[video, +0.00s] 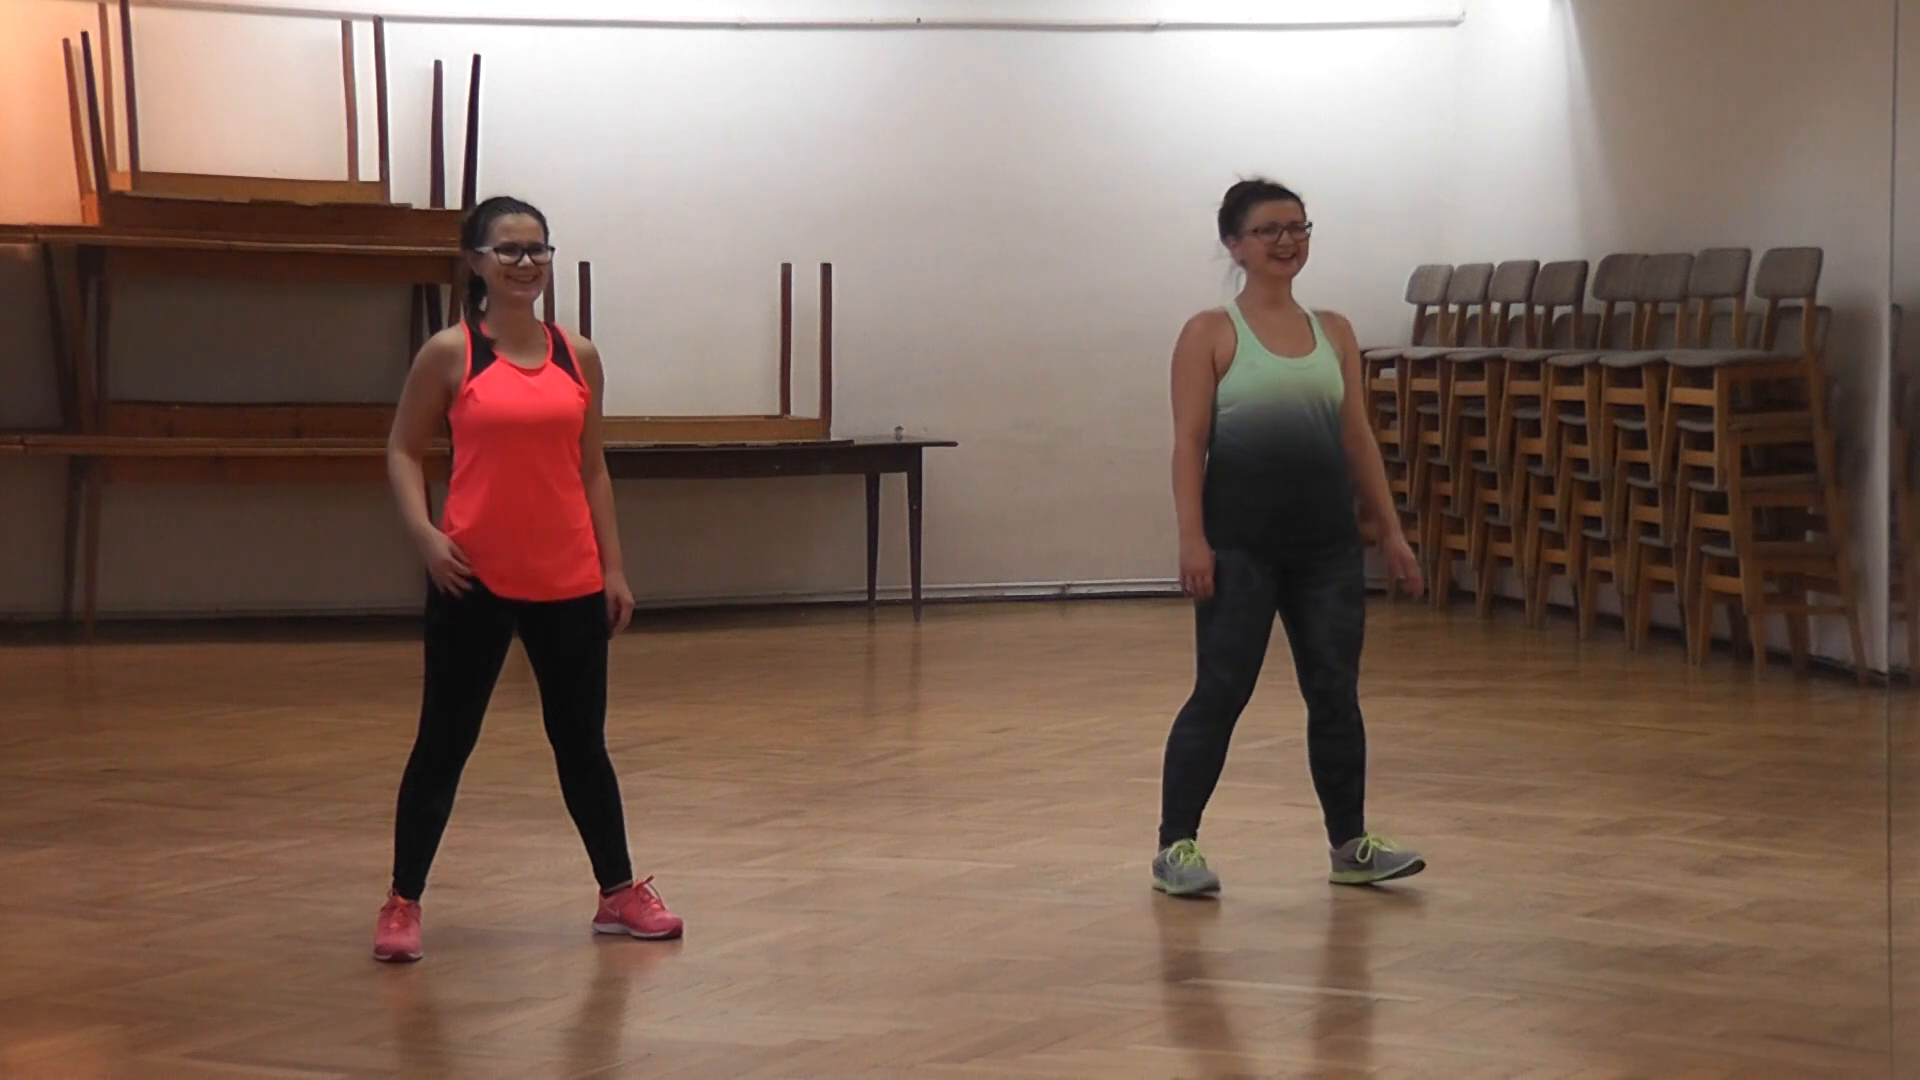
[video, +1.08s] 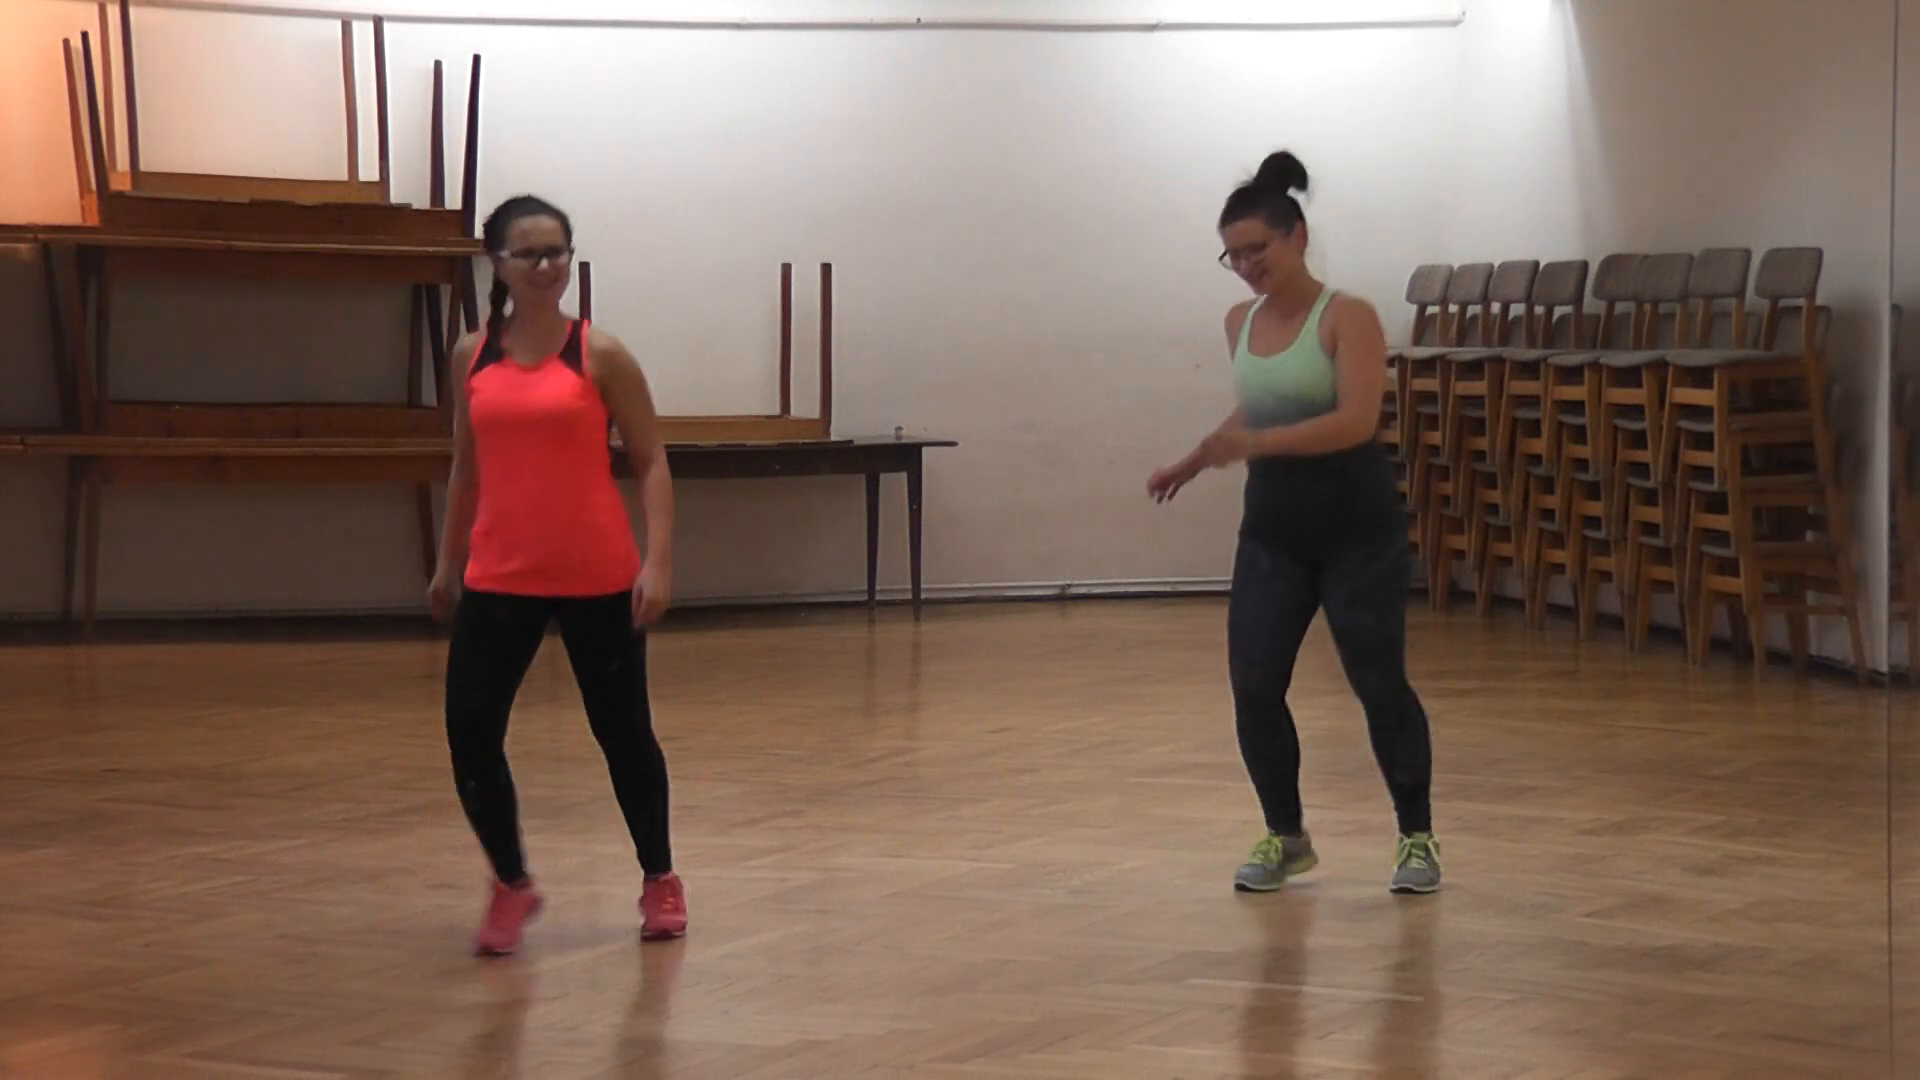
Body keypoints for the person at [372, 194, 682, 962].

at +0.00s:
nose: (526, 261)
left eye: (537, 249)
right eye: (509, 249)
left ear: (549, 261)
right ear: (476, 263)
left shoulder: (579, 356)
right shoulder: (447, 354)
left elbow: (593, 467)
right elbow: (405, 451)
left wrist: (614, 569)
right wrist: (425, 534)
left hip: (570, 584)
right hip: (474, 581)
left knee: (583, 742)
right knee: (443, 746)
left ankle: (620, 890)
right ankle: (403, 903)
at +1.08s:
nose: (546, 266)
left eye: (556, 252)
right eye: (529, 254)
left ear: (572, 260)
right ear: (498, 265)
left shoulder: (603, 354)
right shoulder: (472, 355)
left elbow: (652, 462)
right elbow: (465, 465)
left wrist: (657, 561)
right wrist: (448, 560)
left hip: (597, 576)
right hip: (499, 579)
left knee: (625, 732)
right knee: (470, 729)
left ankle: (660, 880)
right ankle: (512, 884)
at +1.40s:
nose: (458, 269)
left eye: (473, 257)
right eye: (444, 256)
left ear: (489, 262)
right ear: (413, 256)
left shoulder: (513, 351)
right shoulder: (387, 346)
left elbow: (573, 451)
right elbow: (352, 443)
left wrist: (587, 557)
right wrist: (350, 508)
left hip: (524, 552)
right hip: (442, 563)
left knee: (484, 699)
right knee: (478, 721)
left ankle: (526, 872)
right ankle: (528, 882)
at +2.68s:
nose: (179, 265)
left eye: (191, 251)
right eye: (162, 251)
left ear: (202, 255)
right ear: (122, 254)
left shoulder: (173, 342)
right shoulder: (114, 341)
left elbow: (164, 453)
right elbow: (213, 422)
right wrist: (307, 377)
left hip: (147, 583)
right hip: (92, 581)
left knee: (123, 739)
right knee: (110, 739)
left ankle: (51, 906)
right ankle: (18, 904)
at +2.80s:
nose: (199, 259)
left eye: (209, 245)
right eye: (180, 245)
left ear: (217, 248)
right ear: (139, 251)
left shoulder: (152, 335)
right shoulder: (145, 328)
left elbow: (78, 430)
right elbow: (270, 385)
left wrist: (77, 524)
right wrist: (389, 385)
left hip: (150, 579)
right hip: (93, 575)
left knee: (209, 716)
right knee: (67, 738)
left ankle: (116, 875)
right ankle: (1, 910)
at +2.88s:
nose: (215, 272)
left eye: (223, 257)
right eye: (196, 258)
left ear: (229, 259)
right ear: (153, 263)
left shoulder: (153, 346)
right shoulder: (171, 344)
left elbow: (78, 439)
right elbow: (299, 399)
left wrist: (42, 533)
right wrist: (421, 418)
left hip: (159, 584)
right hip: (108, 581)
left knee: (235, 715)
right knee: (51, 743)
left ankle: (192, 897)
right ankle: (1, 916)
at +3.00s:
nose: (244, 299)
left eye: (253, 285)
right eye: (226, 286)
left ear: (260, 289)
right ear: (185, 291)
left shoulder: (182, 376)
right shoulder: (209, 380)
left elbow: (115, 479)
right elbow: (316, 463)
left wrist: (71, 561)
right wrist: (427, 523)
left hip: (194, 617)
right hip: (147, 614)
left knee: (266, 739)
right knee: (71, 764)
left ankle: (244, 927)